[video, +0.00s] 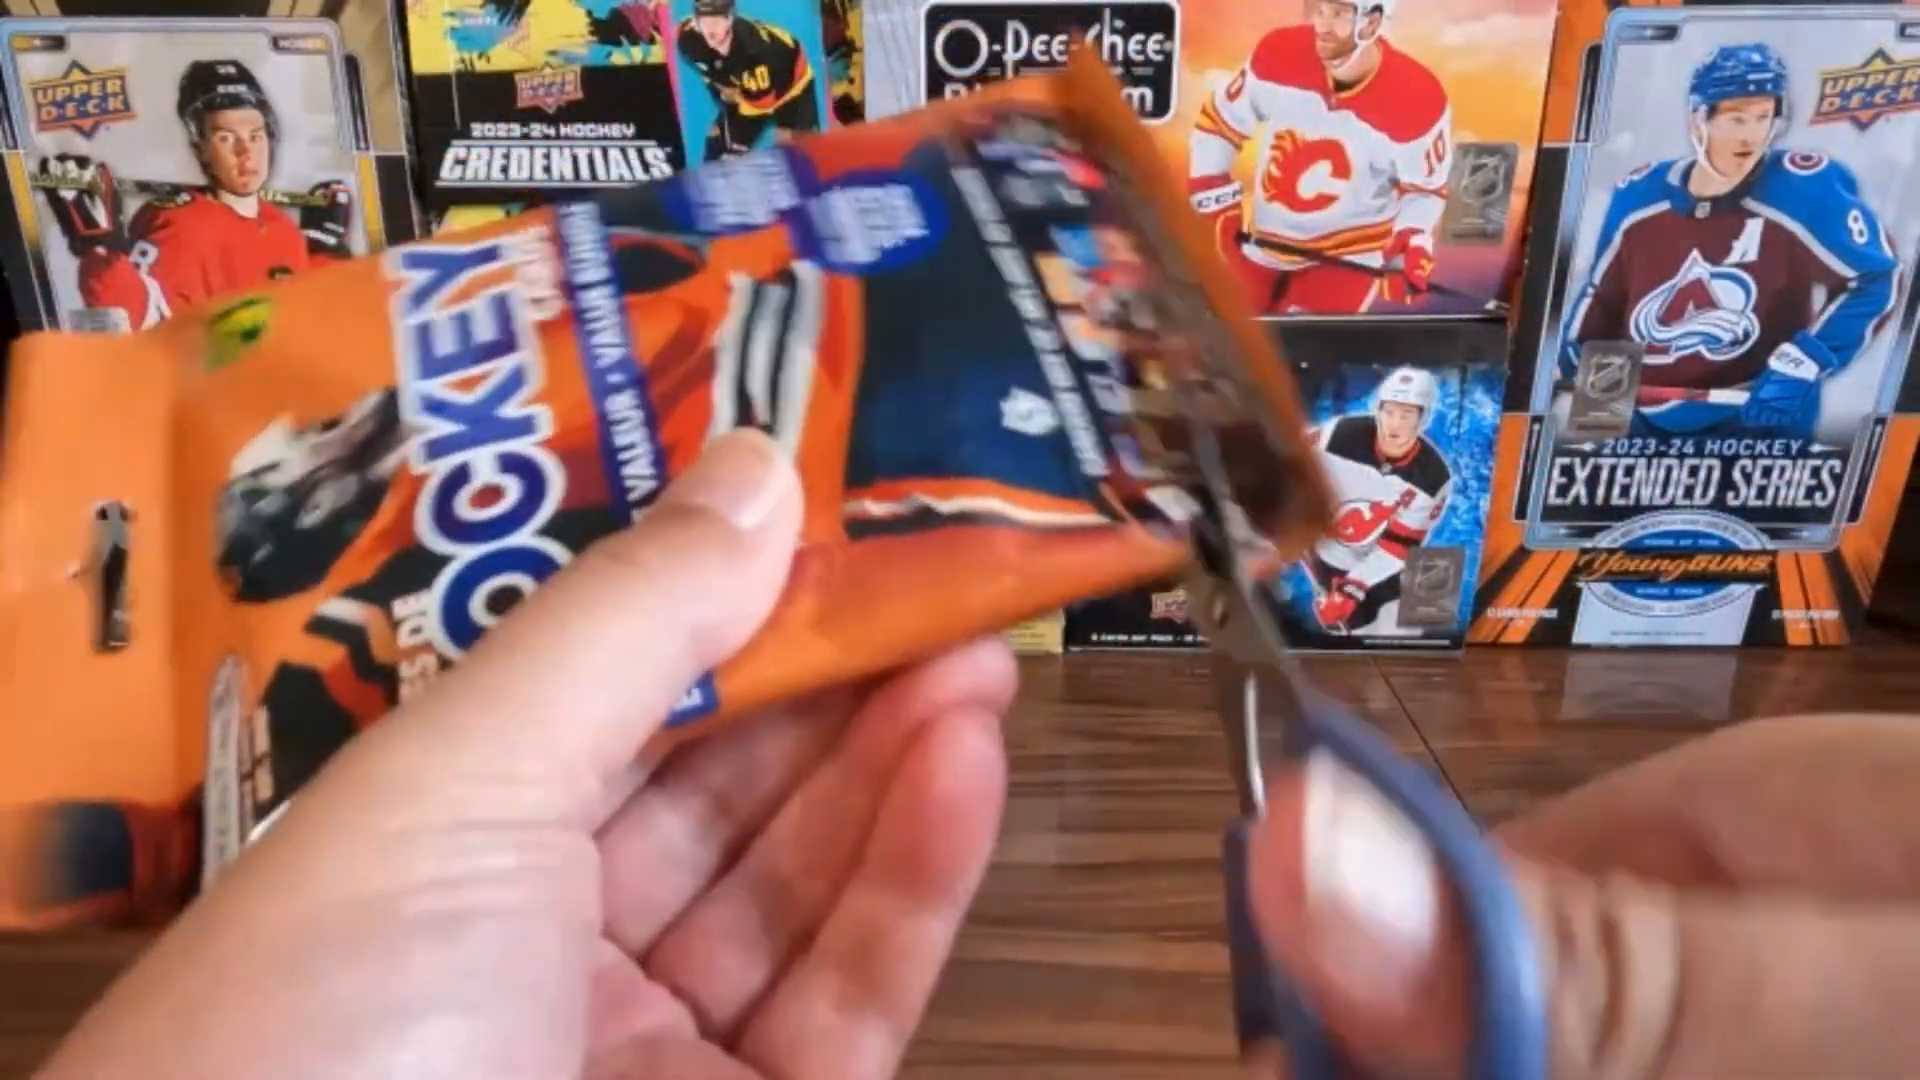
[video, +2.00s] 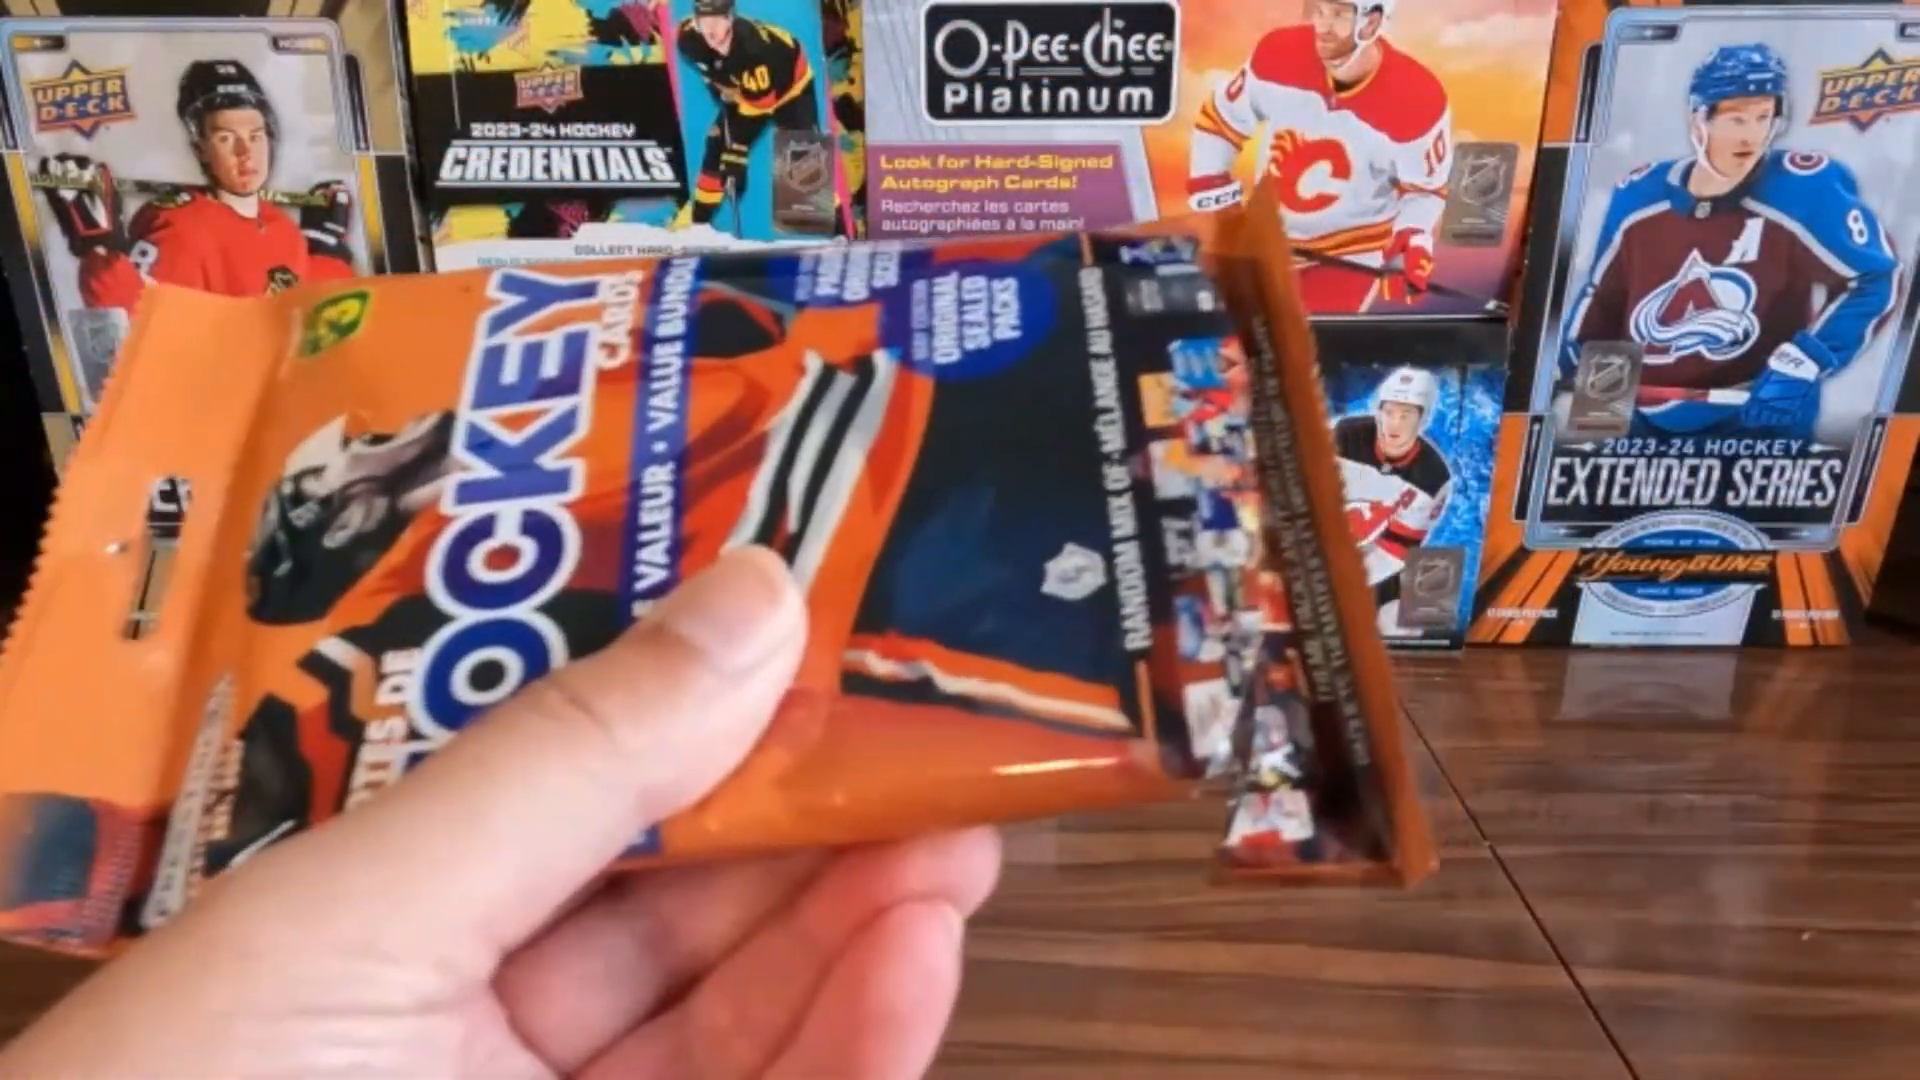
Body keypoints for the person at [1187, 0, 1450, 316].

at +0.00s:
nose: (1323, 26)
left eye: (1339, 14)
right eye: (1318, 11)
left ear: (1372, 22)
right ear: (1309, 11)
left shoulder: (1417, 96)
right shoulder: (1277, 56)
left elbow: (1423, 191)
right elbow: (1215, 126)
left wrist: (1414, 249)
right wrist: (1218, 208)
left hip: (1347, 261)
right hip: (1257, 248)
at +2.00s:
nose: (1323, 27)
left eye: (1339, 14)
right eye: (1317, 11)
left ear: (1373, 21)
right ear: (1309, 11)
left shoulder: (1416, 96)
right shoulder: (1276, 56)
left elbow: (1423, 190)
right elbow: (1216, 125)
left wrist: (1414, 248)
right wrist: (1221, 215)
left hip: (1356, 259)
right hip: (1269, 248)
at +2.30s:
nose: (1322, 26)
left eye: (1339, 14)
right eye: (1317, 11)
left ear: (1373, 23)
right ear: (1308, 10)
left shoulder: (1417, 96)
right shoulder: (1277, 55)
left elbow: (1424, 190)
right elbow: (1216, 126)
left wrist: (1413, 250)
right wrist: (1217, 217)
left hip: (1354, 260)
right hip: (1270, 245)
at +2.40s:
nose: (1324, 26)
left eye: (1339, 14)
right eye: (1319, 11)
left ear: (1372, 21)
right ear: (1309, 11)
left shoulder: (1419, 98)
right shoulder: (1277, 53)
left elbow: (1424, 200)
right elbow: (1217, 125)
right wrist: (1204, 207)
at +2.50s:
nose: (1323, 26)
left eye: (1339, 14)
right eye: (1317, 11)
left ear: (1373, 23)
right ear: (1308, 11)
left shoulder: (1417, 95)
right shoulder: (1277, 56)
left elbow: (1423, 191)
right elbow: (1216, 125)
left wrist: (1415, 250)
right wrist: (1214, 203)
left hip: (1348, 261)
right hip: (1262, 248)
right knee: (1214, 362)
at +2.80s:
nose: (1323, 26)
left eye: (1339, 14)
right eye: (1318, 11)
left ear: (1373, 22)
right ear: (1309, 11)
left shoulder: (1417, 96)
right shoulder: (1277, 55)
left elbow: (1423, 190)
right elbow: (1216, 124)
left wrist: (1415, 249)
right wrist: (1213, 202)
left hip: (1347, 261)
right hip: (1261, 248)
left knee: (1288, 365)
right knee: (1222, 357)